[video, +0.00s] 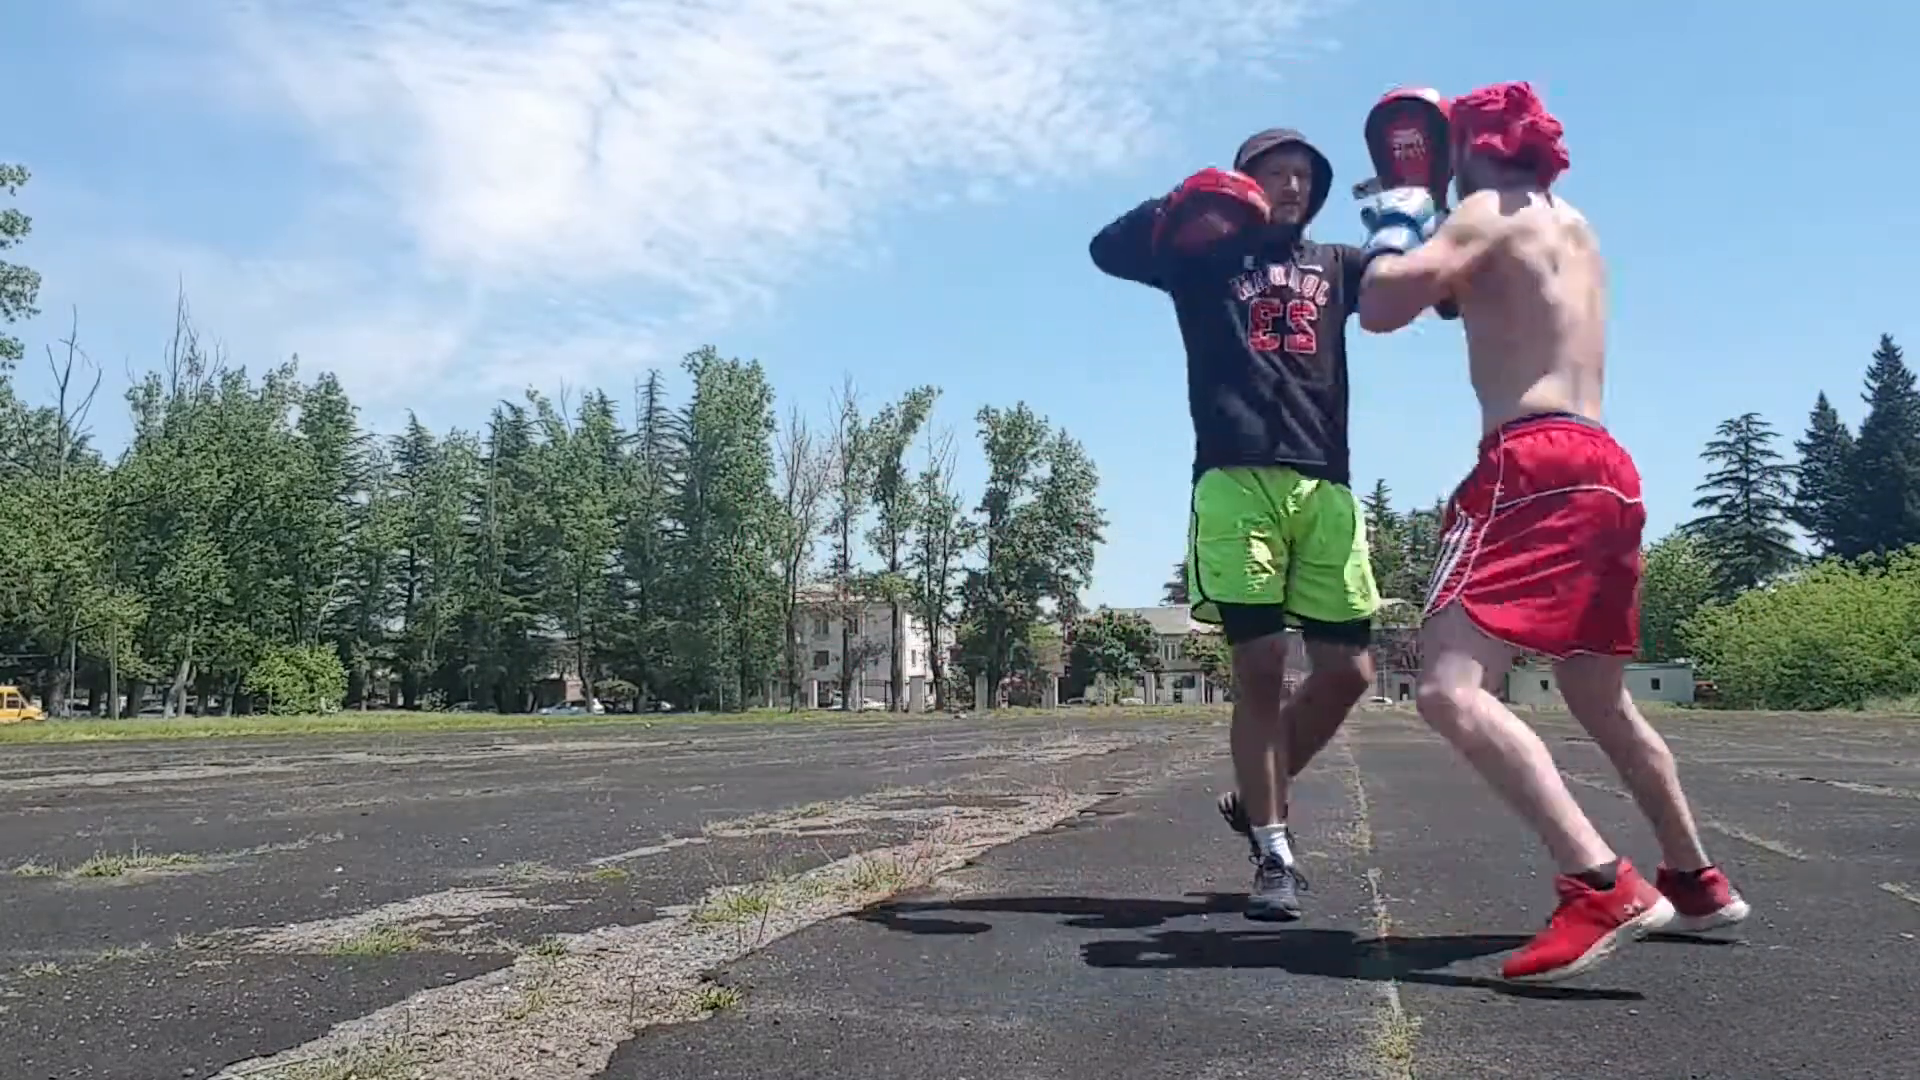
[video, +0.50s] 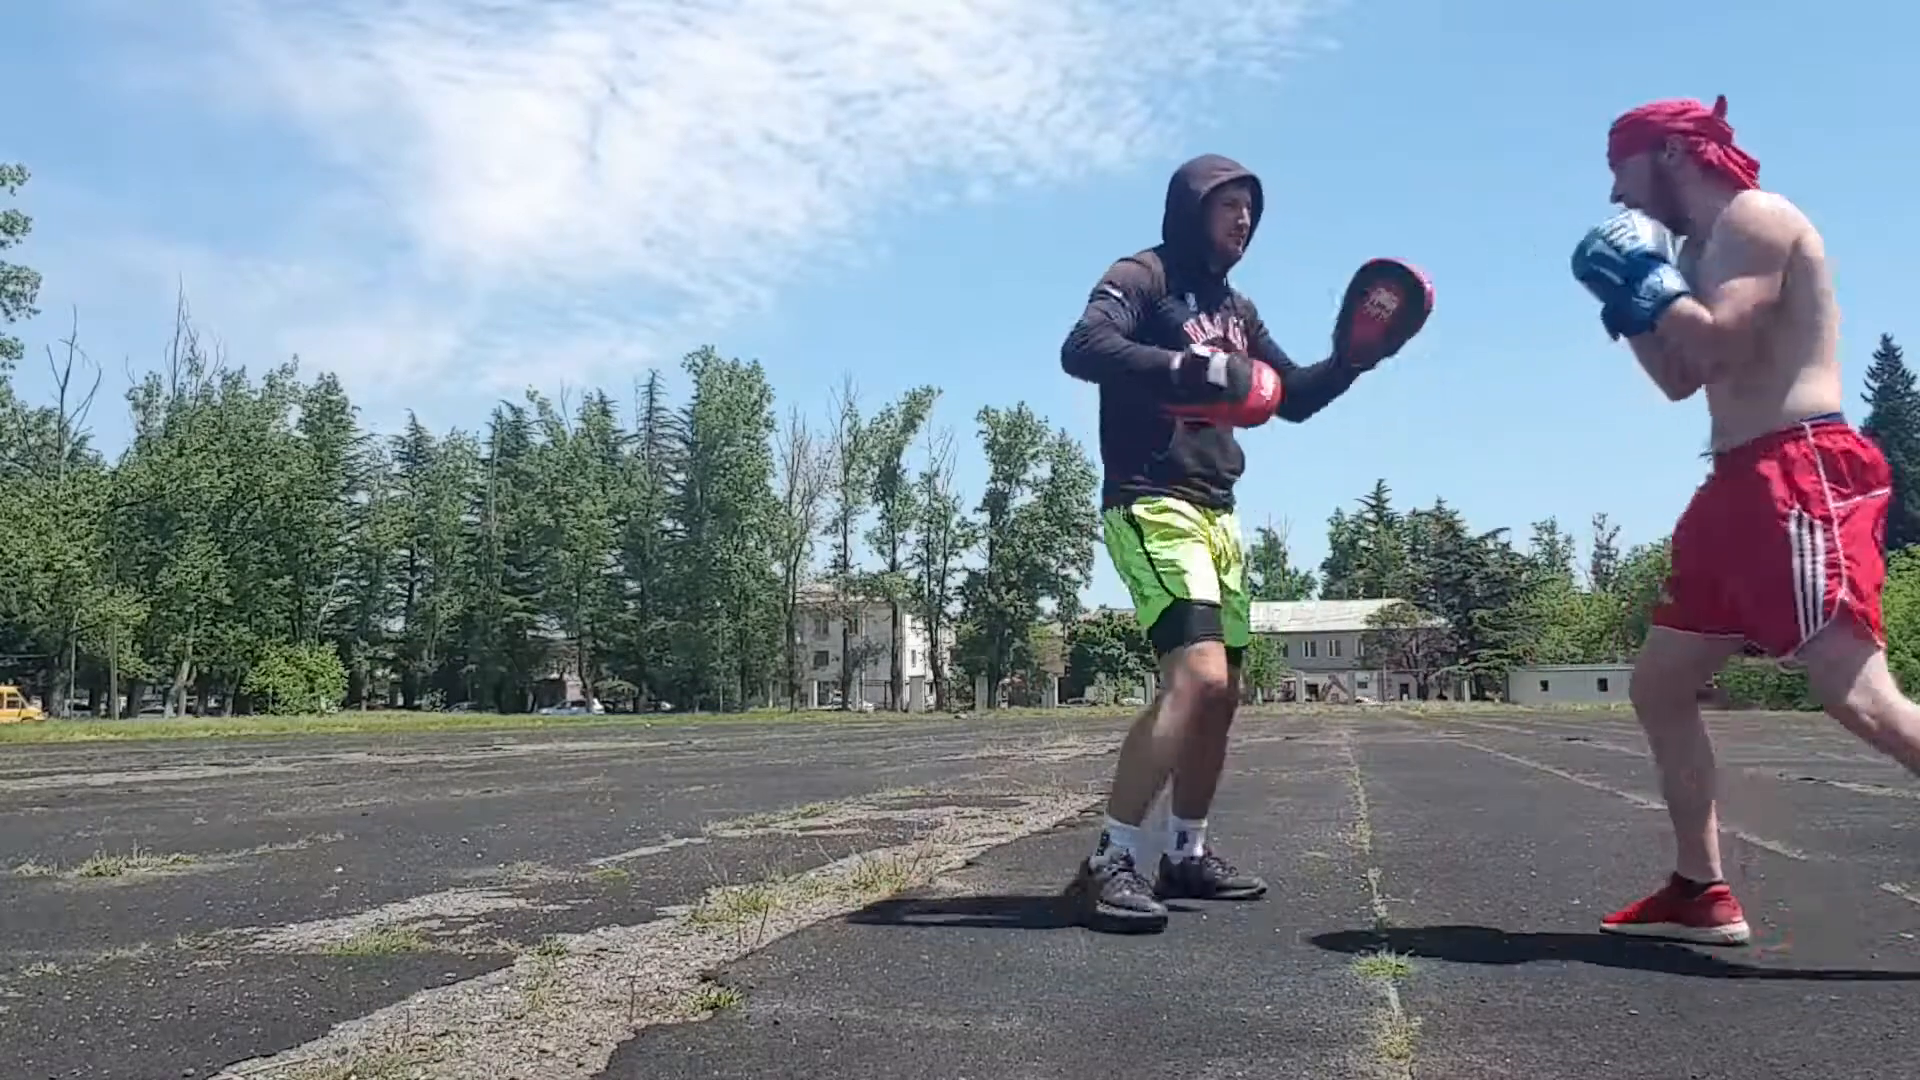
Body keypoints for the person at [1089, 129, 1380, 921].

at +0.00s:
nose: (1291, 183)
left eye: (1304, 175)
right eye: (1275, 170)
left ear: (1315, 193)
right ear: (1241, 183)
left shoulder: (1336, 260)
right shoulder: (1201, 254)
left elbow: (1432, 277)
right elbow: (1107, 250)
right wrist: (1181, 203)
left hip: (1324, 482)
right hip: (1237, 477)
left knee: (1345, 672)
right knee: (1261, 669)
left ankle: (1256, 794)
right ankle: (1274, 854)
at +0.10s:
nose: (1282, 190)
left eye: (1293, 182)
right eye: (1266, 178)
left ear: (1303, 201)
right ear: (1231, 192)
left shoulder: (1321, 268)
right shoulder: (1189, 263)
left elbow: (1423, 285)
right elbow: (1082, 314)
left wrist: (1408, 194)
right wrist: (1148, 288)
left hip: (1300, 493)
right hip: (1216, 486)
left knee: (1297, 680)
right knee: (1250, 664)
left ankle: (1222, 827)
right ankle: (1269, 852)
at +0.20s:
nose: (1283, 214)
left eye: (1291, 206)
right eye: (1267, 200)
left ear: (1295, 221)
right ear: (1226, 206)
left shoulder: (1304, 296)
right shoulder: (1177, 281)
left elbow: (1395, 337)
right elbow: (1086, 362)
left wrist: (1427, 249)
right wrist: (1123, 370)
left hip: (1274, 513)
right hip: (1196, 504)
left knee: (1261, 695)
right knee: (1245, 654)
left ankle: (1191, 853)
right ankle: (1246, 847)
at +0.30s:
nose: (1275, 231)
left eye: (1283, 222)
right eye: (1260, 216)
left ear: (1285, 235)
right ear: (1220, 219)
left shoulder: (1271, 318)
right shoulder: (1162, 296)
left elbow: (1315, 405)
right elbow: (1090, 385)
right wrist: (1127, 432)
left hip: (1258, 513)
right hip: (1185, 504)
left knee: (1261, 692)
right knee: (1237, 647)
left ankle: (1198, 841)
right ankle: (1192, 838)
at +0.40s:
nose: (1259, 232)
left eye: (1267, 221)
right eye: (1245, 217)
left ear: (1269, 234)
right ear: (1206, 219)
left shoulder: (1254, 321)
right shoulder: (1151, 290)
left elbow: (1278, 420)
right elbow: (1083, 375)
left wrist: (1346, 410)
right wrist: (1172, 413)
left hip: (1238, 508)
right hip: (1168, 500)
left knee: (1249, 681)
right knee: (1228, 653)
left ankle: (1187, 850)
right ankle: (1145, 841)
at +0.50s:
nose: (1241, 222)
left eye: (1249, 212)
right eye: (1228, 207)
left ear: (1251, 225)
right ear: (1187, 210)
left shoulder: (1237, 310)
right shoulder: (1141, 275)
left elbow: (1289, 398)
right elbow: (1084, 348)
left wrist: (1355, 355)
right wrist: (1188, 364)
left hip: (1215, 511)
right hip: (1151, 503)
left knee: (1221, 688)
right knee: (1201, 674)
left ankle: (1181, 855)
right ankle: (1112, 862)